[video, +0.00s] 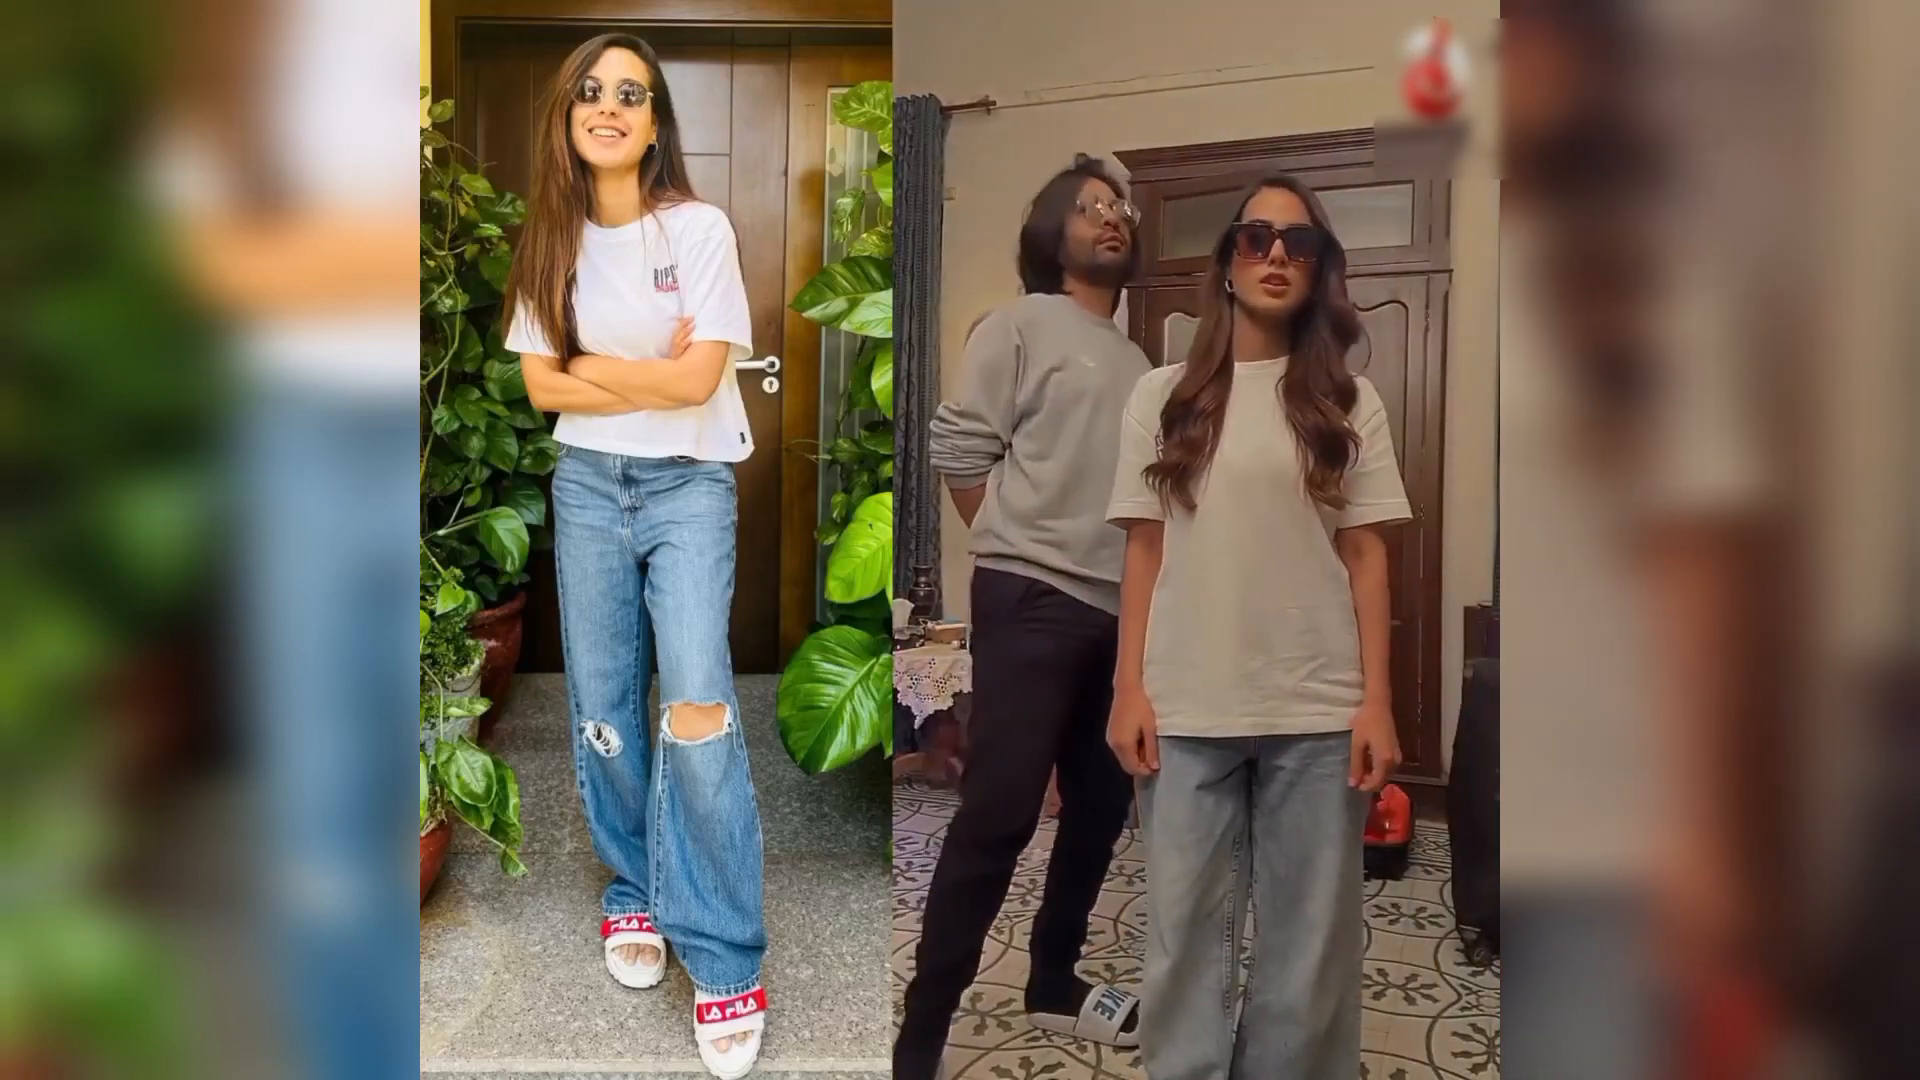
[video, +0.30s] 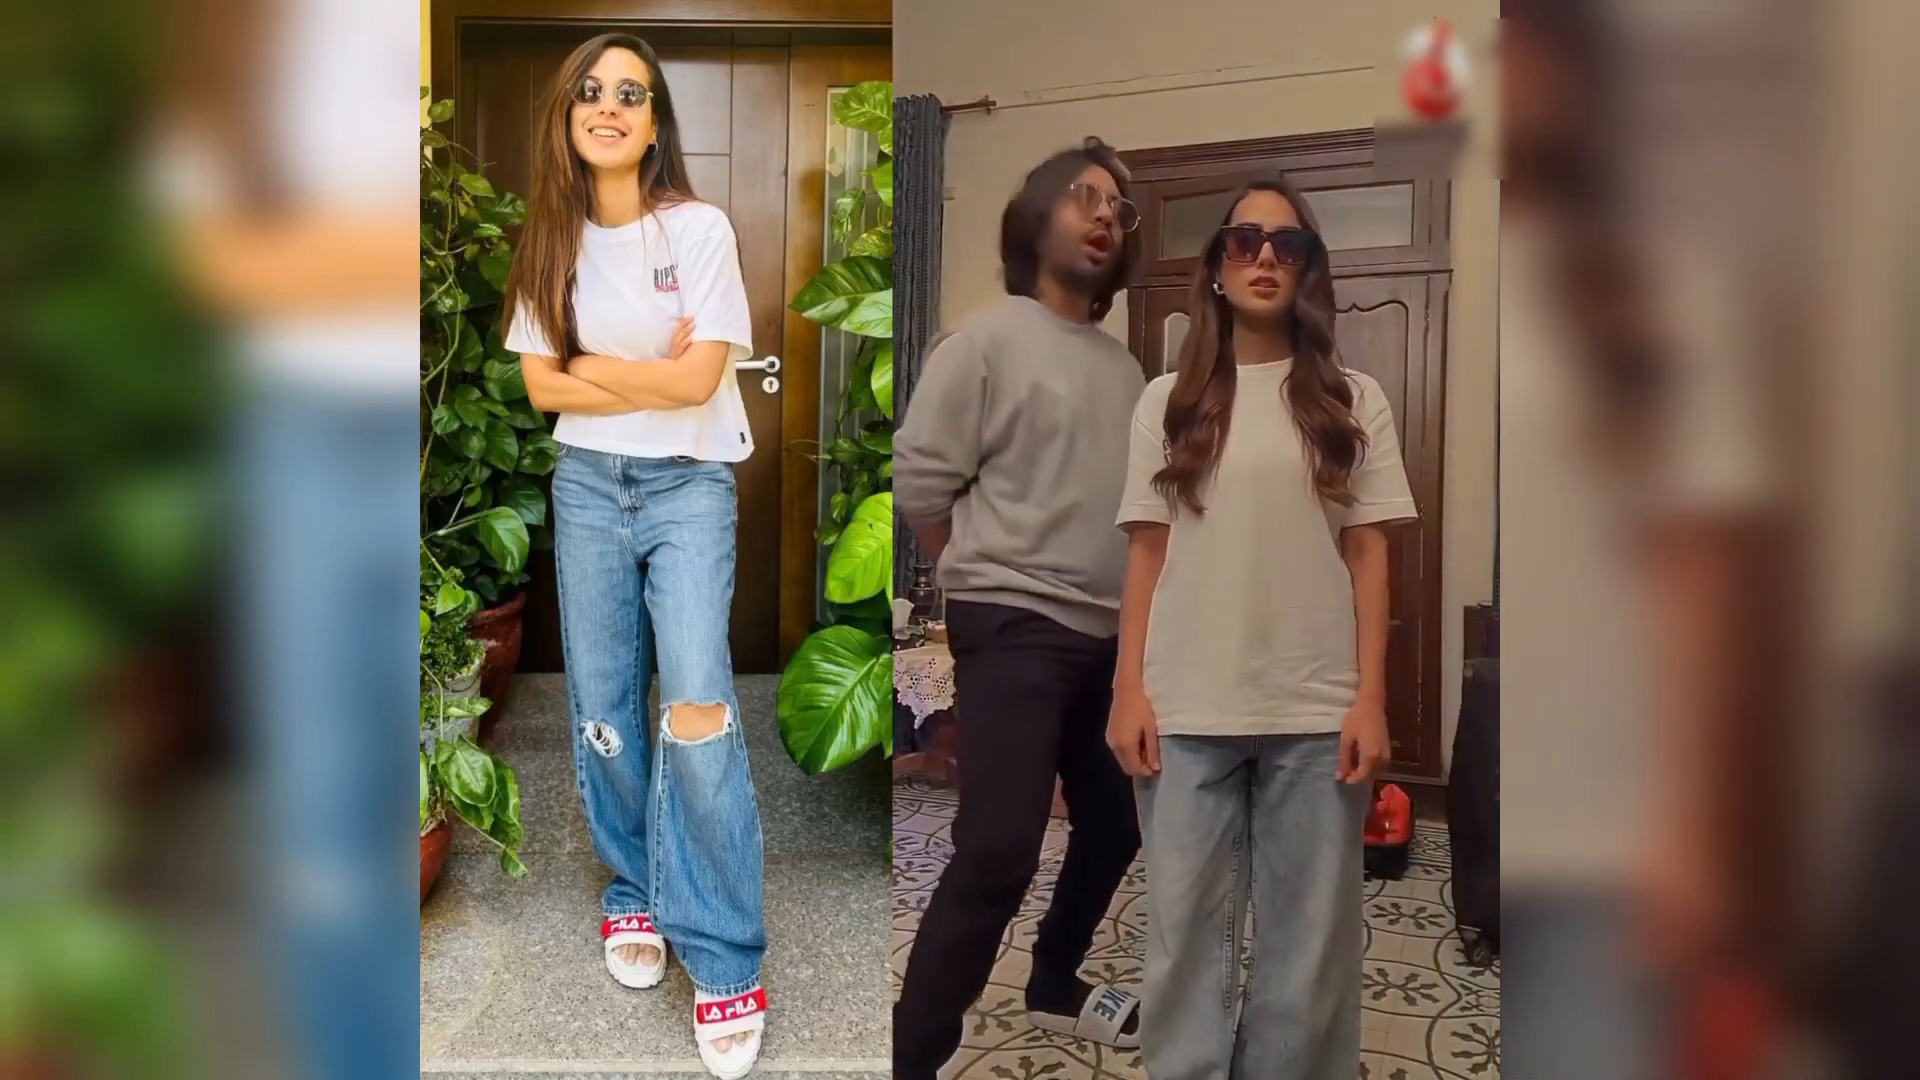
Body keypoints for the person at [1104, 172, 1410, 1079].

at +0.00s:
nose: (1276, 253)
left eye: (1298, 241)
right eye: (1257, 238)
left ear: (1323, 269)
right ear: (1227, 264)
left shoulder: (1350, 397)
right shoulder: (1166, 392)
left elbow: (1365, 554)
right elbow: (1144, 549)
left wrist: (1376, 701)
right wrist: (1129, 686)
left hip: (1319, 715)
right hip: (1186, 712)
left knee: (1310, 954)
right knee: (1178, 942)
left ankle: (1286, 1073)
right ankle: (1183, 1068)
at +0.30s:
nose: (1266, 256)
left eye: (1288, 244)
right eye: (1246, 241)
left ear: (1309, 270)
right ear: (1219, 268)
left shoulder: (1353, 397)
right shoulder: (1169, 397)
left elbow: (1368, 557)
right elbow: (1146, 553)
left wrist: (1370, 701)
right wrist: (1129, 686)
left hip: (1319, 717)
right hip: (1187, 716)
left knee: (1310, 954)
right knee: (1178, 943)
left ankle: (1286, 1074)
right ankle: (1181, 1070)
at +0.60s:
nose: (1272, 253)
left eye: (1294, 242)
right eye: (1252, 240)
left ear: (1318, 270)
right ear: (1222, 266)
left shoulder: (1352, 398)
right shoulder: (1167, 397)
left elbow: (1367, 555)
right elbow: (1146, 548)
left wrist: (1373, 701)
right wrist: (1131, 681)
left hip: (1320, 715)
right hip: (1188, 715)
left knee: (1311, 954)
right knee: (1180, 944)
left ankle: (1289, 1072)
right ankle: (1182, 1069)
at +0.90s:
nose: (1279, 253)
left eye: (1299, 241)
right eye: (1259, 238)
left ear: (1323, 269)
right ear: (1229, 267)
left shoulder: (1353, 399)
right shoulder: (1168, 396)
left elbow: (1368, 555)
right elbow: (1146, 546)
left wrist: (1372, 701)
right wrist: (1130, 680)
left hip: (1319, 715)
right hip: (1187, 714)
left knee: (1311, 950)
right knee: (1180, 942)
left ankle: (1290, 1072)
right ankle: (1182, 1069)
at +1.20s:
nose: (1265, 257)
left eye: (1286, 244)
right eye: (1244, 243)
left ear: (1310, 270)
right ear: (1218, 271)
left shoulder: (1359, 397)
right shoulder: (1176, 400)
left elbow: (1374, 555)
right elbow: (1151, 552)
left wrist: (1372, 697)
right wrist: (1132, 685)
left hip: (1322, 714)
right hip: (1190, 713)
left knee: (1310, 953)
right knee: (1182, 941)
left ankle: (1288, 1073)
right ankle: (1183, 1070)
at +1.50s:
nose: (1283, 248)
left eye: (1305, 239)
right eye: (1265, 234)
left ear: (1329, 269)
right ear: (1234, 261)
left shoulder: (1356, 396)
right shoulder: (1172, 394)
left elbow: (1373, 554)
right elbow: (1149, 549)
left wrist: (1377, 701)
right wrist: (1136, 683)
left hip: (1324, 717)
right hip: (1192, 714)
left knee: (1313, 956)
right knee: (1182, 944)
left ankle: (1290, 1073)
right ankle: (1183, 1069)